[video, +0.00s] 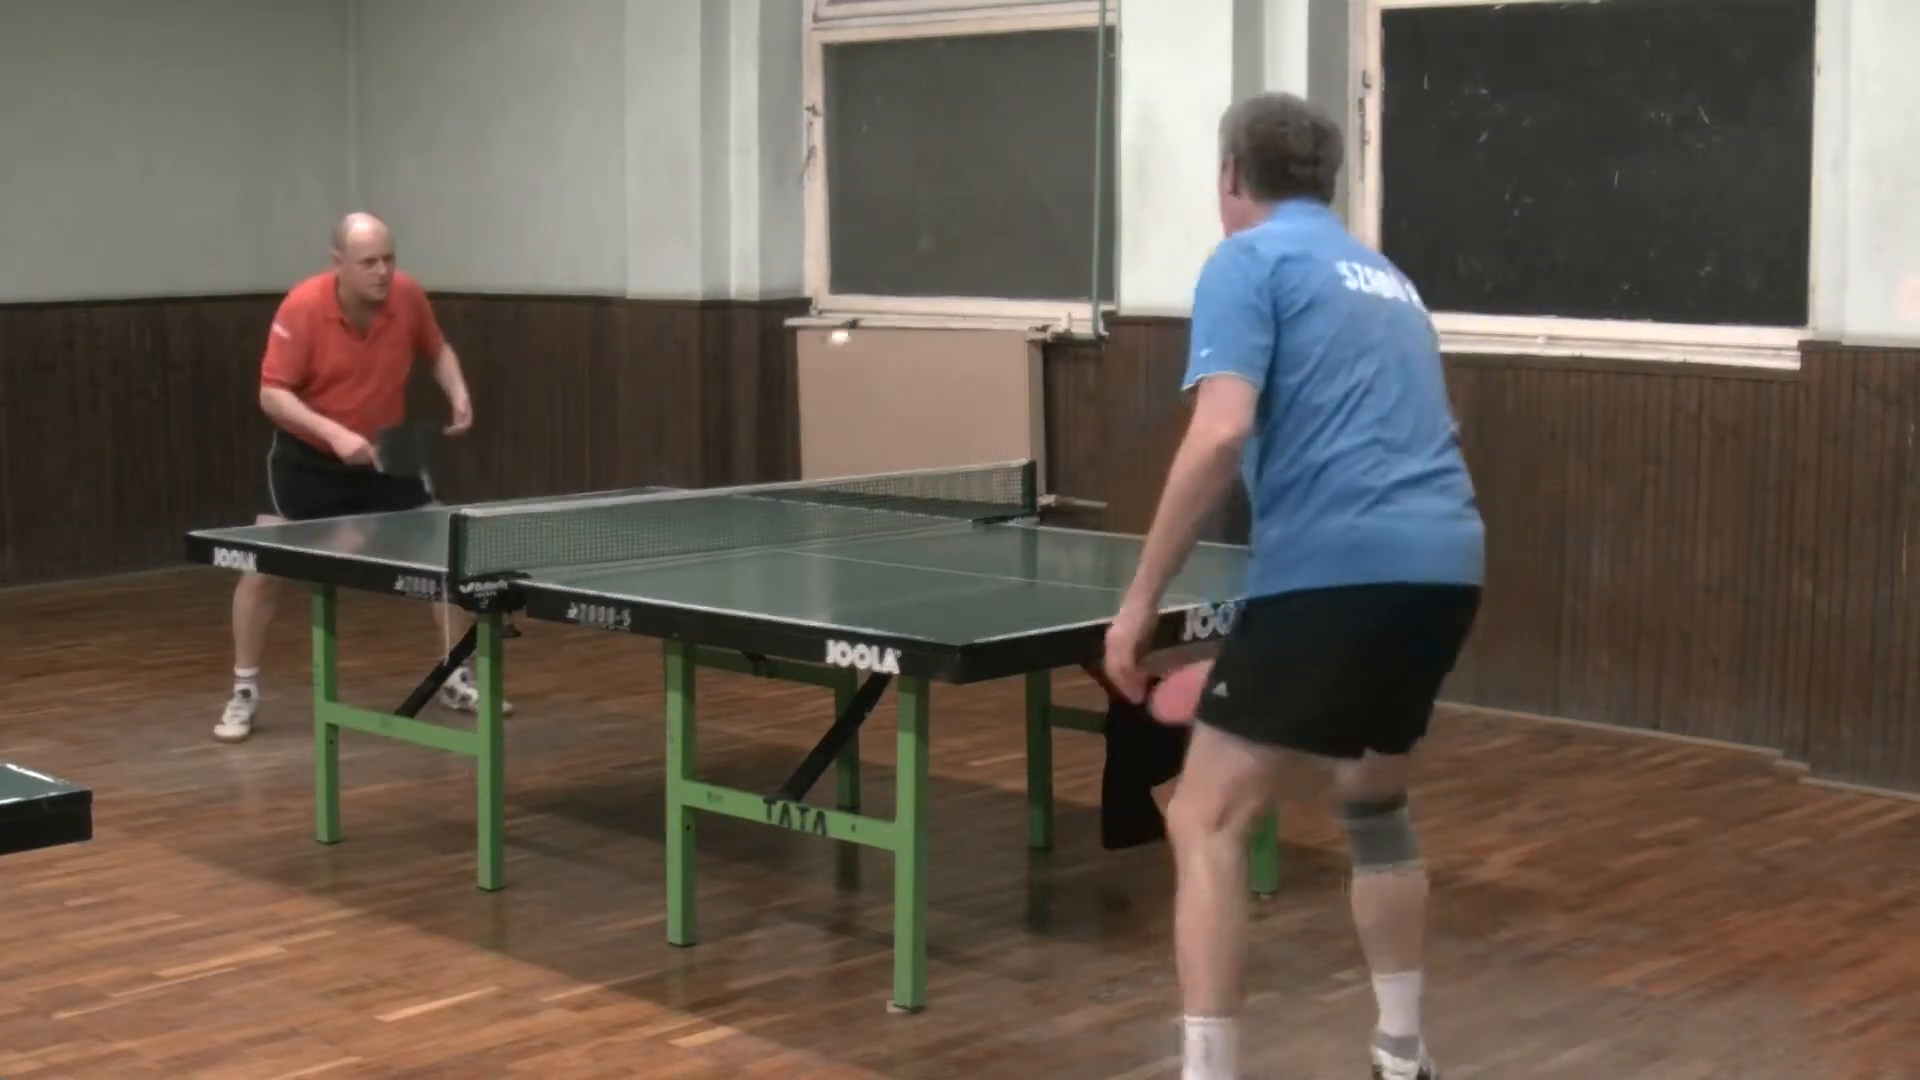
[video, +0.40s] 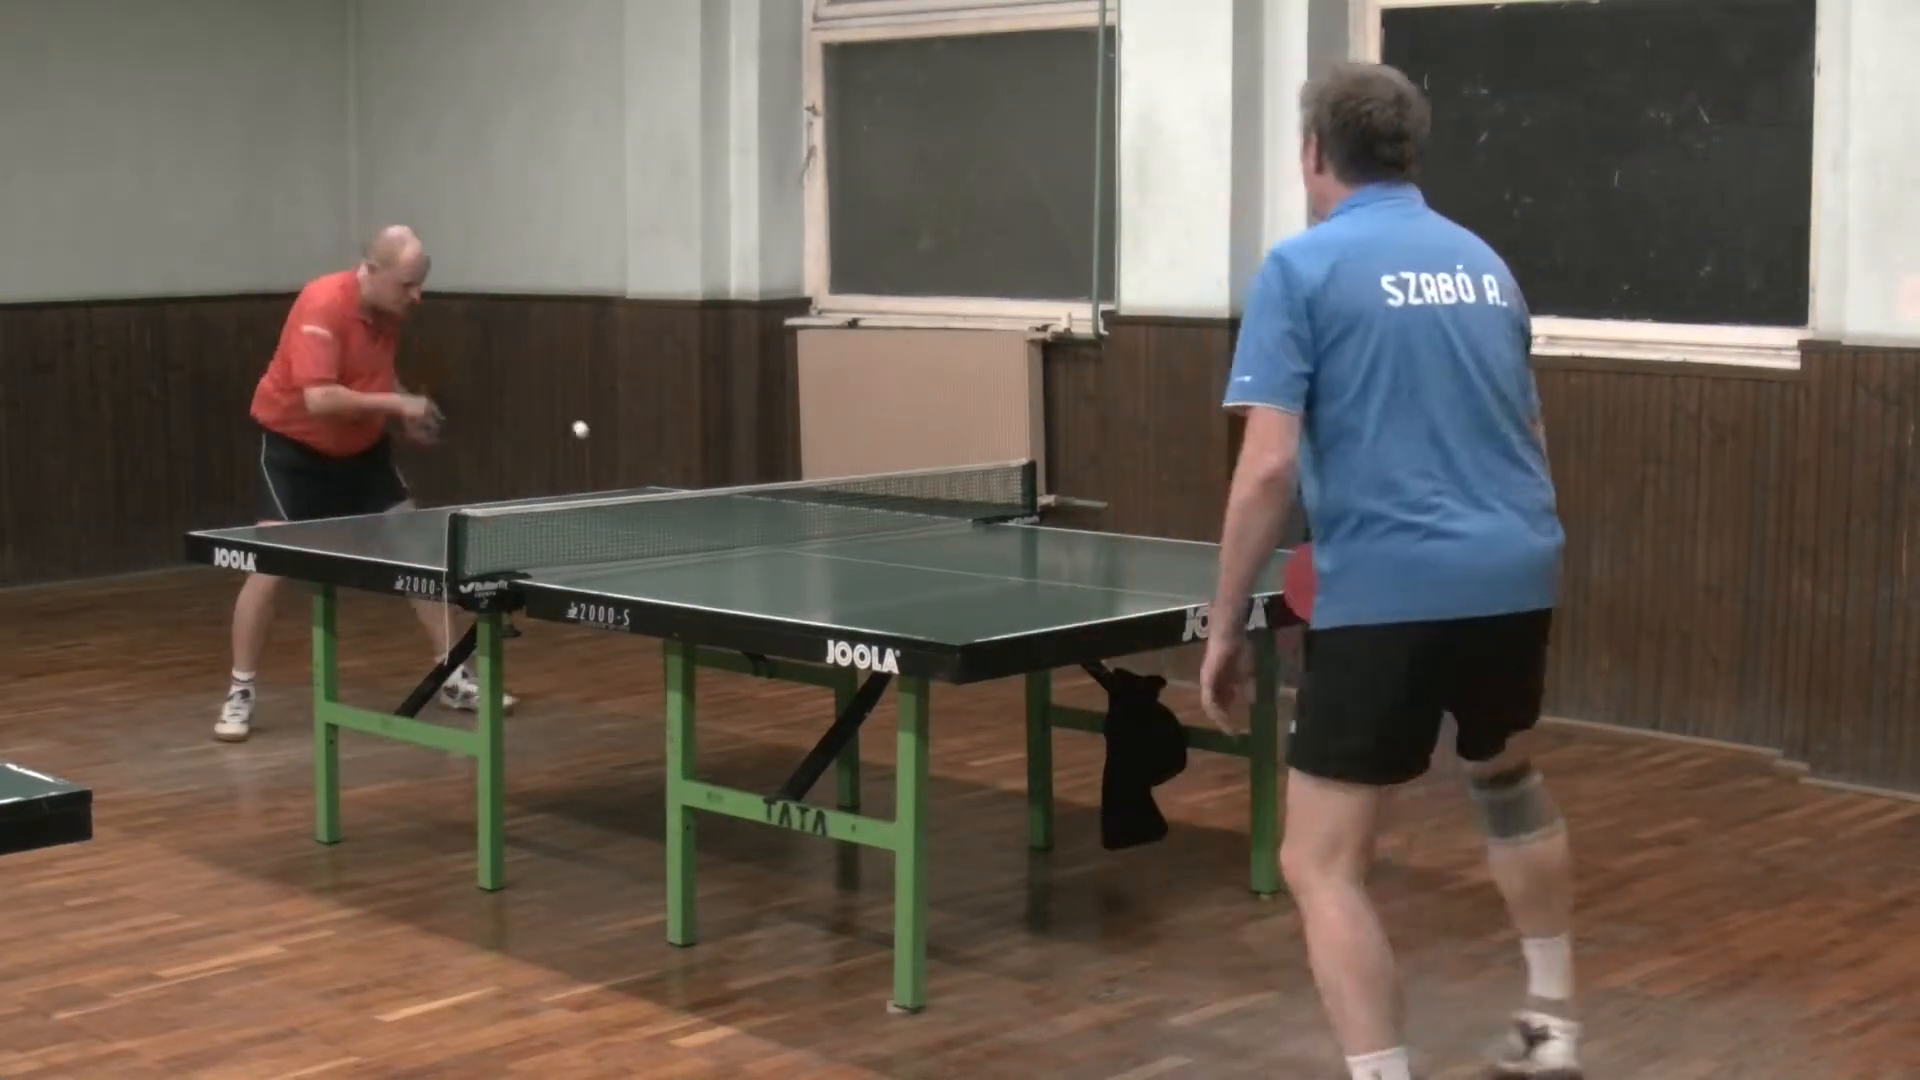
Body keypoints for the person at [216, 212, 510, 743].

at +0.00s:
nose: (381, 270)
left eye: (387, 259)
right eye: (368, 262)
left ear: (393, 257)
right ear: (339, 263)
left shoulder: (407, 296)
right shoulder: (305, 305)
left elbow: (437, 351)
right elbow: (272, 394)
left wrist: (459, 393)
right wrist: (335, 435)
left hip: (388, 458)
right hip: (308, 462)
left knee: (446, 555)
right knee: (265, 564)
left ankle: (459, 676)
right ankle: (244, 690)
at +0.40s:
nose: (416, 296)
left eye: (420, 285)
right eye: (407, 285)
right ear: (370, 271)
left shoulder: (385, 308)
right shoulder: (322, 303)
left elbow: (375, 374)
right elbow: (318, 397)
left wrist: (405, 410)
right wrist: (398, 405)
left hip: (363, 447)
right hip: (296, 449)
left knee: (418, 552)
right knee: (274, 561)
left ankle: (457, 674)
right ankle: (241, 690)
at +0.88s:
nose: (423, 264)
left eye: (426, 253)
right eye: (413, 254)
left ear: (423, 251)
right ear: (377, 249)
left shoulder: (398, 296)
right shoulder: (340, 281)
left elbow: (384, 360)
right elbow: (310, 319)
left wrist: (407, 404)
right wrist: (366, 339)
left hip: (366, 443)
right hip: (298, 439)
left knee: (418, 545)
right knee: (262, 556)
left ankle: (438, 674)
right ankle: (224, 675)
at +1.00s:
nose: (390, 254)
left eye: (393, 243)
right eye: (378, 245)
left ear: (393, 243)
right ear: (344, 245)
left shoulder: (371, 292)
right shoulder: (309, 285)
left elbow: (359, 361)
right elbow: (255, 333)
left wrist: (389, 414)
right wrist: (318, 346)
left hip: (351, 444)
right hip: (286, 445)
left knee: (409, 545)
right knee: (262, 563)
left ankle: (437, 671)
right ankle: (217, 650)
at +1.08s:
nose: (356, 249)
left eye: (359, 239)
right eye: (343, 241)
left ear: (360, 241)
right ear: (310, 243)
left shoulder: (344, 292)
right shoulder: (276, 289)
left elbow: (333, 365)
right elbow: (224, 344)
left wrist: (359, 415)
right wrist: (289, 360)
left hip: (336, 446)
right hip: (270, 449)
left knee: (393, 545)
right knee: (244, 570)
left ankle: (434, 667)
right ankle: (219, 656)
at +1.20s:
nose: (302, 244)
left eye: (305, 235)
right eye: (289, 237)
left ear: (307, 236)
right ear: (256, 240)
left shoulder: (305, 286)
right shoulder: (226, 292)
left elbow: (296, 358)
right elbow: (184, 356)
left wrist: (320, 404)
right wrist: (254, 368)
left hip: (303, 439)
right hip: (234, 446)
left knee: (360, 541)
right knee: (225, 569)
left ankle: (412, 660)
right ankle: (216, 659)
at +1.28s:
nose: (274, 236)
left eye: (277, 226)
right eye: (262, 228)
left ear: (281, 228)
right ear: (229, 233)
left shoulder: (284, 276)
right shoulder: (200, 285)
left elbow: (297, 332)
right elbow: (152, 347)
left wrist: (327, 384)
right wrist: (221, 361)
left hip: (284, 432)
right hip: (215, 441)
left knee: (343, 532)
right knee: (213, 568)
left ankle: (361, 659)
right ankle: (216, 662)